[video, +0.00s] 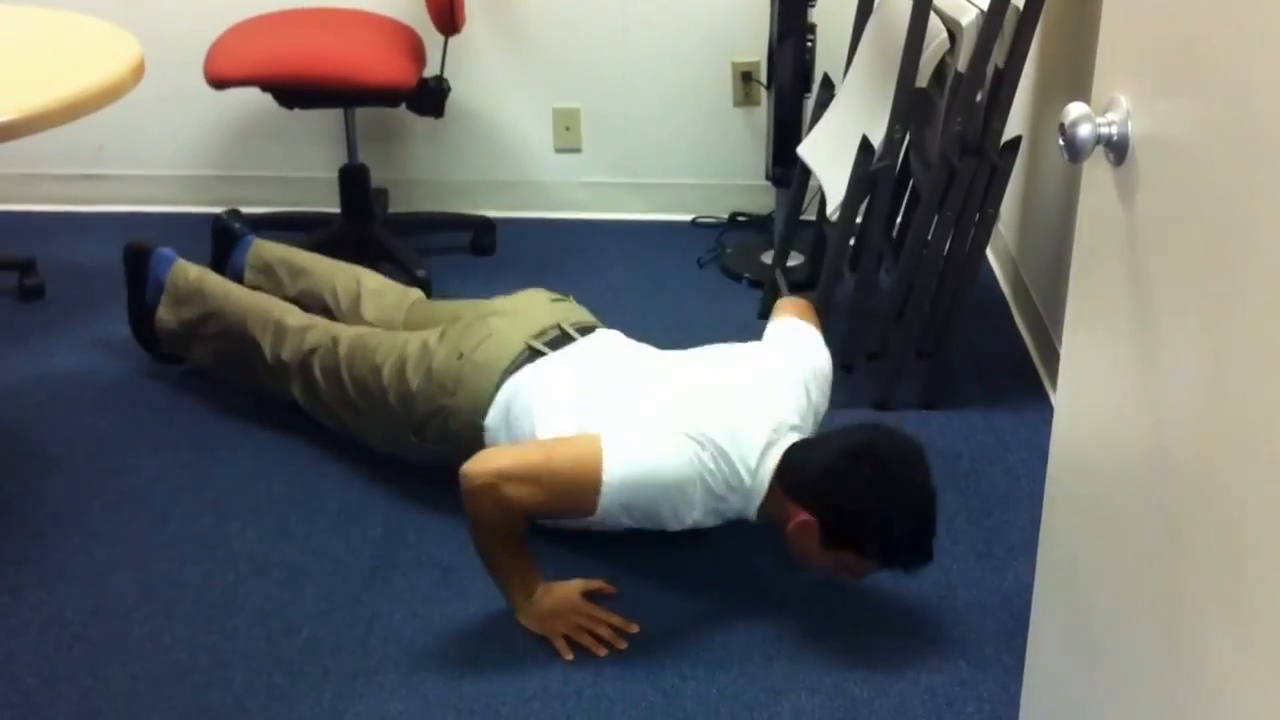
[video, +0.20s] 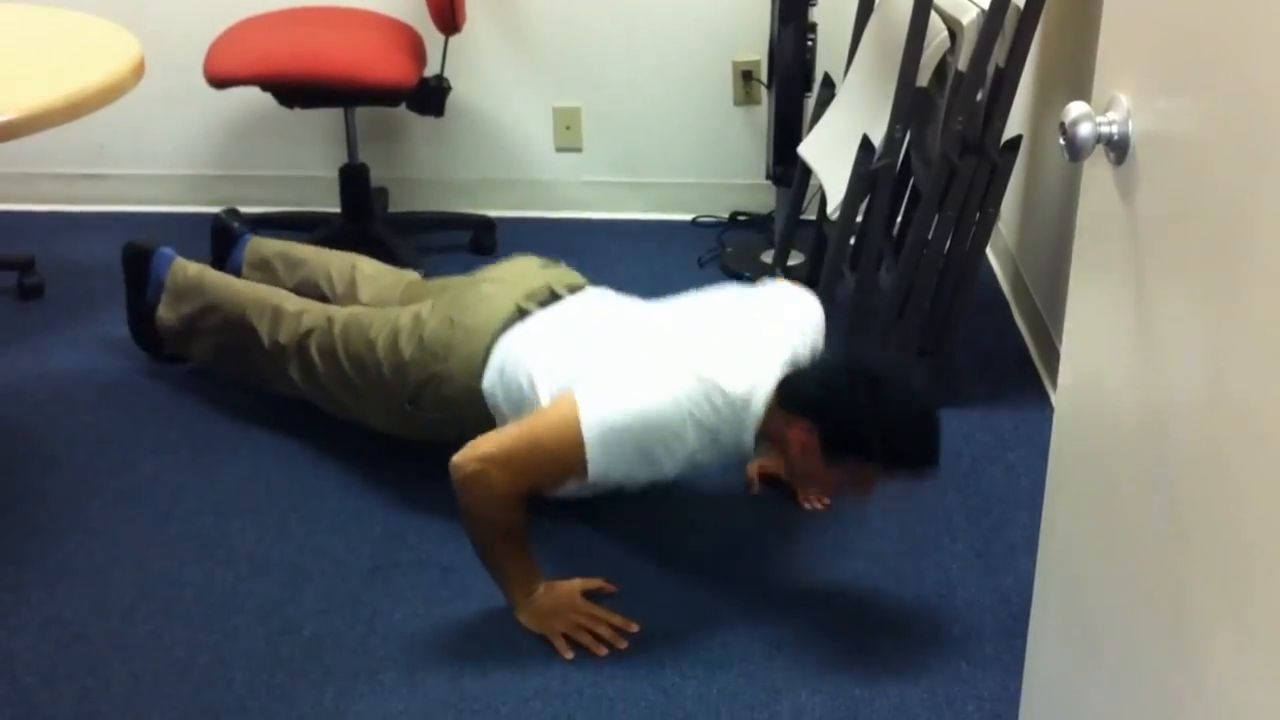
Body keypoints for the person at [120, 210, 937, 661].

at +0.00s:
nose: (841, 570)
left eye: (858, 562)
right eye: (848, 560)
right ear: (812, 526)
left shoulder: (804, 378)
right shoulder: (682, 473)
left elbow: (793, 305)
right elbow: (486, 482)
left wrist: (777, 460)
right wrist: (529, 596)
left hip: (561, 321)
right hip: (480, 389)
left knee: (404, 307)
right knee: (307, 353)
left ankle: (252, 250)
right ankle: (171, 294)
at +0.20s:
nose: (847, 502)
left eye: (863, 493)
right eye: (850, 488)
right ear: (805, 441)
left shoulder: (797, 313)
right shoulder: (671, 418)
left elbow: (746, 315)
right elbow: (478, 473)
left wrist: (769, 437)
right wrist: (530, 595)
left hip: (552, 286)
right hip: (478, 363)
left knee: (391, 288)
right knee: (303, 343)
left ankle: (251, 245)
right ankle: (174, 293)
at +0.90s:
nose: (852, 549)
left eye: (867, 539)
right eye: (853, 535)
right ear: (807, 500)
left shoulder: (797, 364)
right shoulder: (677, 455)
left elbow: (792, 299)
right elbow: (484, 476)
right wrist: (532, 590)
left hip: (551, 312)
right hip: (477, 383)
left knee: (401, 301)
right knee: (310, 349)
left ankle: (249, 246)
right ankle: (181, 283)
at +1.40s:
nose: (863, 387)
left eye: (876, 373)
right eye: (862, 371)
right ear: (802, 337)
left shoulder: (786, 239)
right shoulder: (658, 338)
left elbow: (775, 340)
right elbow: (488, 446)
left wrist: (770, 434)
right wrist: (532, 584)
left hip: (533, 247)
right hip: (466, 322)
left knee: (387, 268)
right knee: (306, 325)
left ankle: (248, 236)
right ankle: (178, 285)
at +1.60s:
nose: (861, 549)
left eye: (876, 536)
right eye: (862, 534)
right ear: (820, 501)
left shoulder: (803, 363)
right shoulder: (691, 457)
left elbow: (793, 293)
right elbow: (487, 467)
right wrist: (531, 583)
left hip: (557, 313)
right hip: (482, 379)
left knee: (404, 298)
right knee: (315, 344)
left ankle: (252, 242)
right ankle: (183, 280)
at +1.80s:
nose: (850, 480)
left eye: (863, 467)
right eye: (851, 464)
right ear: (804, 421)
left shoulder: (799, 298)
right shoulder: (672, 407)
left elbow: (733, 324)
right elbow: (481, 463)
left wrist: (774, 433)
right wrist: (533, 584)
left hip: (550, 279)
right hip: (481, 355)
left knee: (396, 280)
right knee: (313, 333)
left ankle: (248, 235)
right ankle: (181, 277)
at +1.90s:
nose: (858, 391)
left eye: (873, 381)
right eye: (859, 377)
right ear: (805, 339)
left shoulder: (789, 245)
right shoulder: (658, 346)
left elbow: (777, 341)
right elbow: (490, 447)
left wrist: (771, 431)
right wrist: (532, 580)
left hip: (538, 245)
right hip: (478, 316)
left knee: (387, 265)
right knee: (310, 324)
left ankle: (244, 232)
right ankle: (177, 278)